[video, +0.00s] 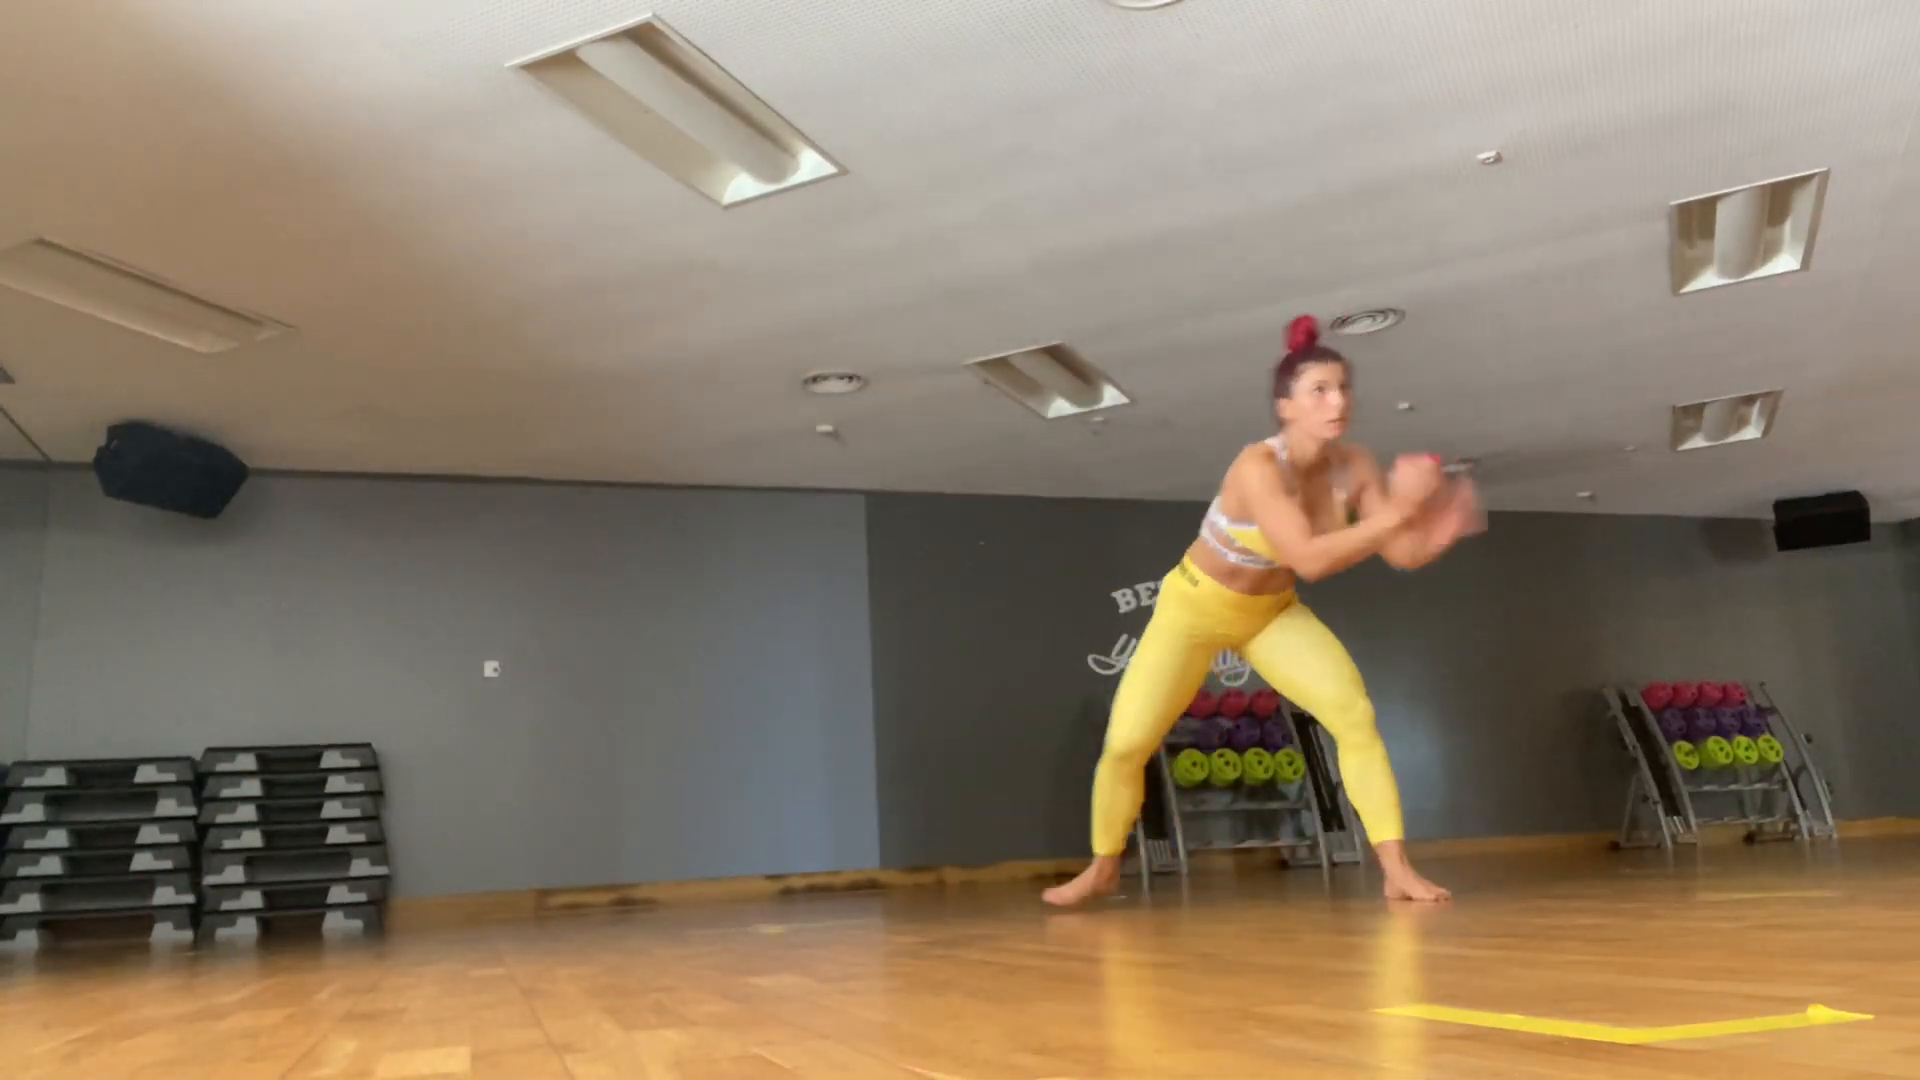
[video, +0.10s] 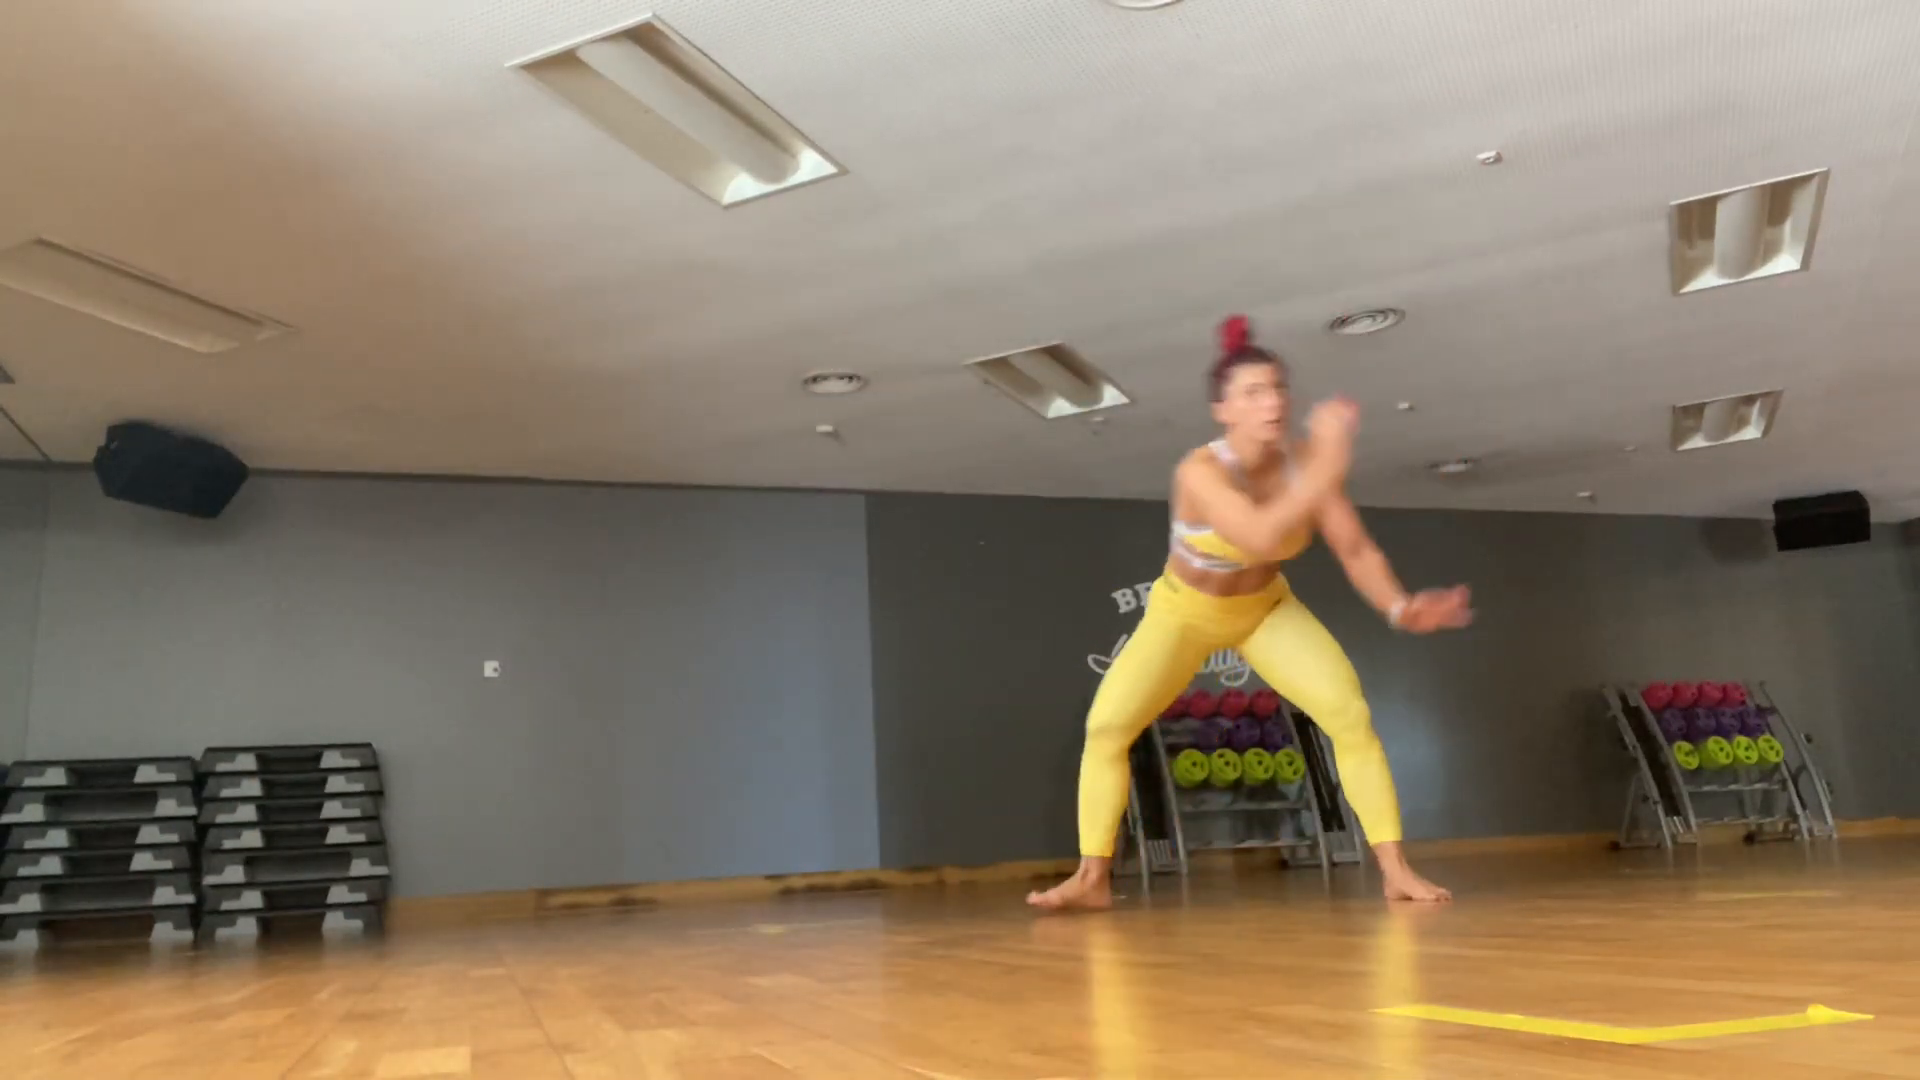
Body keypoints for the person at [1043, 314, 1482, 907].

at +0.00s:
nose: (1337, 403)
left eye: (1343, 389)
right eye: (1320, 391)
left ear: (1351, 399)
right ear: (1285, 406)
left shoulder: (1354, 464)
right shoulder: (1257, 467)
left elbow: (1398, 551)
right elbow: (1309, 560)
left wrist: (1443, 525)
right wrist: (1396, 510)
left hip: (1274, 614)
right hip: (1194, 607)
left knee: (1354, 715)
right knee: (1125, 743)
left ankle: (1397, 871)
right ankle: (1102, 869)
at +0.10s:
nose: (1271, 402)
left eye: (1276, 389)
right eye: (1253, 392)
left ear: (1287, 399)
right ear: (1221, 409)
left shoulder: (1304, 462)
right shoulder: (1199, 471)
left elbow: (1354, 547)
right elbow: (1264, 538)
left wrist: (1398, 606)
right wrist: (1326, 463)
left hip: (1267, 611)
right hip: (1183, 613)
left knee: (1349, 714)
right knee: (1106, 726)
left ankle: (1396, 872)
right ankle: (1092, 877)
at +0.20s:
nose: (1118, 414)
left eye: (1124, 400)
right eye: (1104, 406)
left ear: (1149, 403)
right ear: (1086, 424)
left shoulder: (1206, 462)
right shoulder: (1080, 486)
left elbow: (1268, 529)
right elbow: (1113, 466)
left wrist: (1332, 577)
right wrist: (1149, 389)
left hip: (1239, 607)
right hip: (1159, 627)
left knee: (1333, 714)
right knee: (1090, 724)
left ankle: (1386, 862)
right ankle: (1108, 879)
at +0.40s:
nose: (931, 533)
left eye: (925, 519)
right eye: (919, 541)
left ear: (944, 499)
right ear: (928, 561)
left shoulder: (1018, 496)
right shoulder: (970, 588)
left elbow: (1087, 420)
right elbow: (881, 624)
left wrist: (1069, 376)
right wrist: (850, 574)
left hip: (1186, 586)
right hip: (1142, 627)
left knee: (1115, 711)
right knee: (1069, 725)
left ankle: (1239, 838)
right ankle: (1104, 881)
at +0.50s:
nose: (908, 608)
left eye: (897, 598)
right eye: (900, 619)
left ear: (905, 572)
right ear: (912, 630)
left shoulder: (956, 548)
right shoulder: (970, 629)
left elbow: (907, 475)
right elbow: (921, 702)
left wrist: (811, 514)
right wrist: (855, 721)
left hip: (1158, 577)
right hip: (1151, 612)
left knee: (1063, 716)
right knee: (1069, 723)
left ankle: (1081, 877)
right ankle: (1101, 879)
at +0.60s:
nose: (938, 692)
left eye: (925, 696)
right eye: (934, 701)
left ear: (907, 665)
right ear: (934, 676)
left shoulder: (922, 608)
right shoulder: (1010, 637)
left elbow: (810, 653)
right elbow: (1040, 719)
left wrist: (790, 727)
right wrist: (1009, 779)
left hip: (1104, 560)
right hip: (1160, 572)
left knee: (1036, 724)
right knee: (1074, 732)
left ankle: (1025, 894)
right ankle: (1106, 885)